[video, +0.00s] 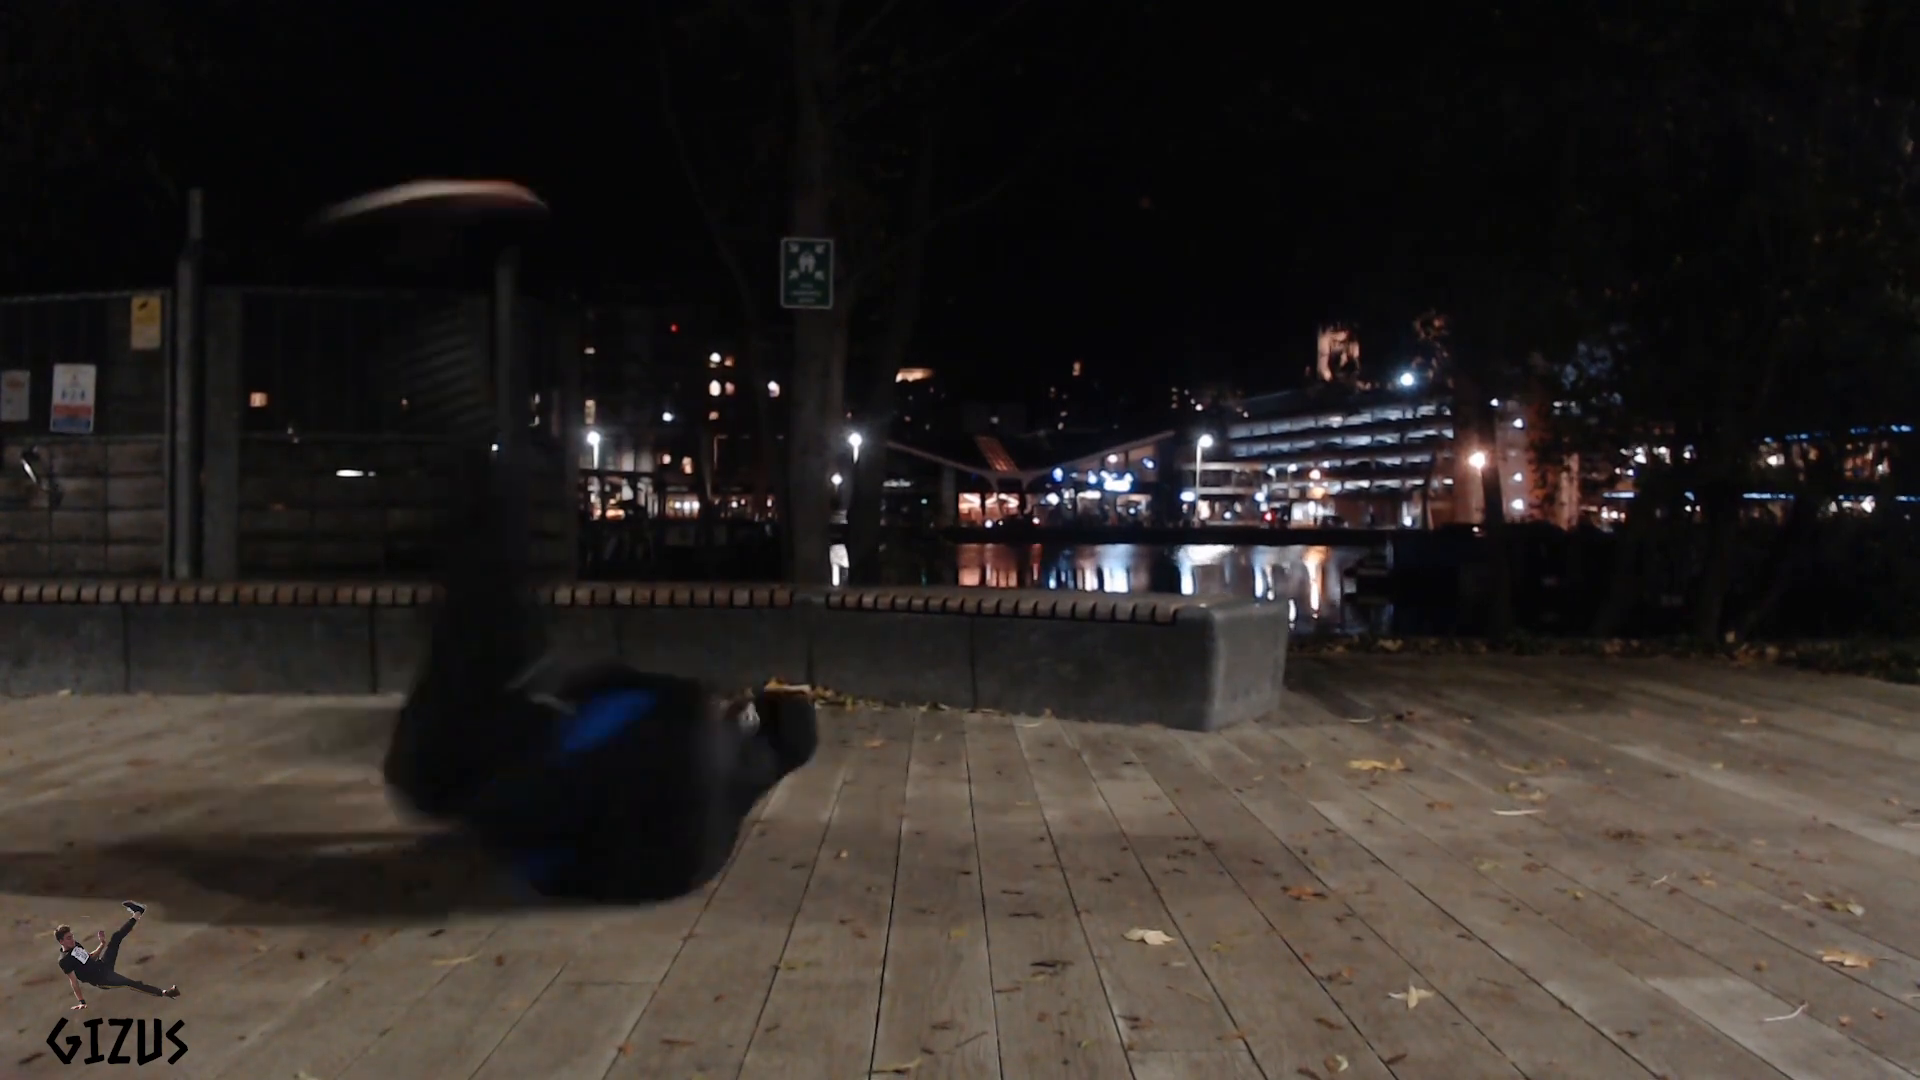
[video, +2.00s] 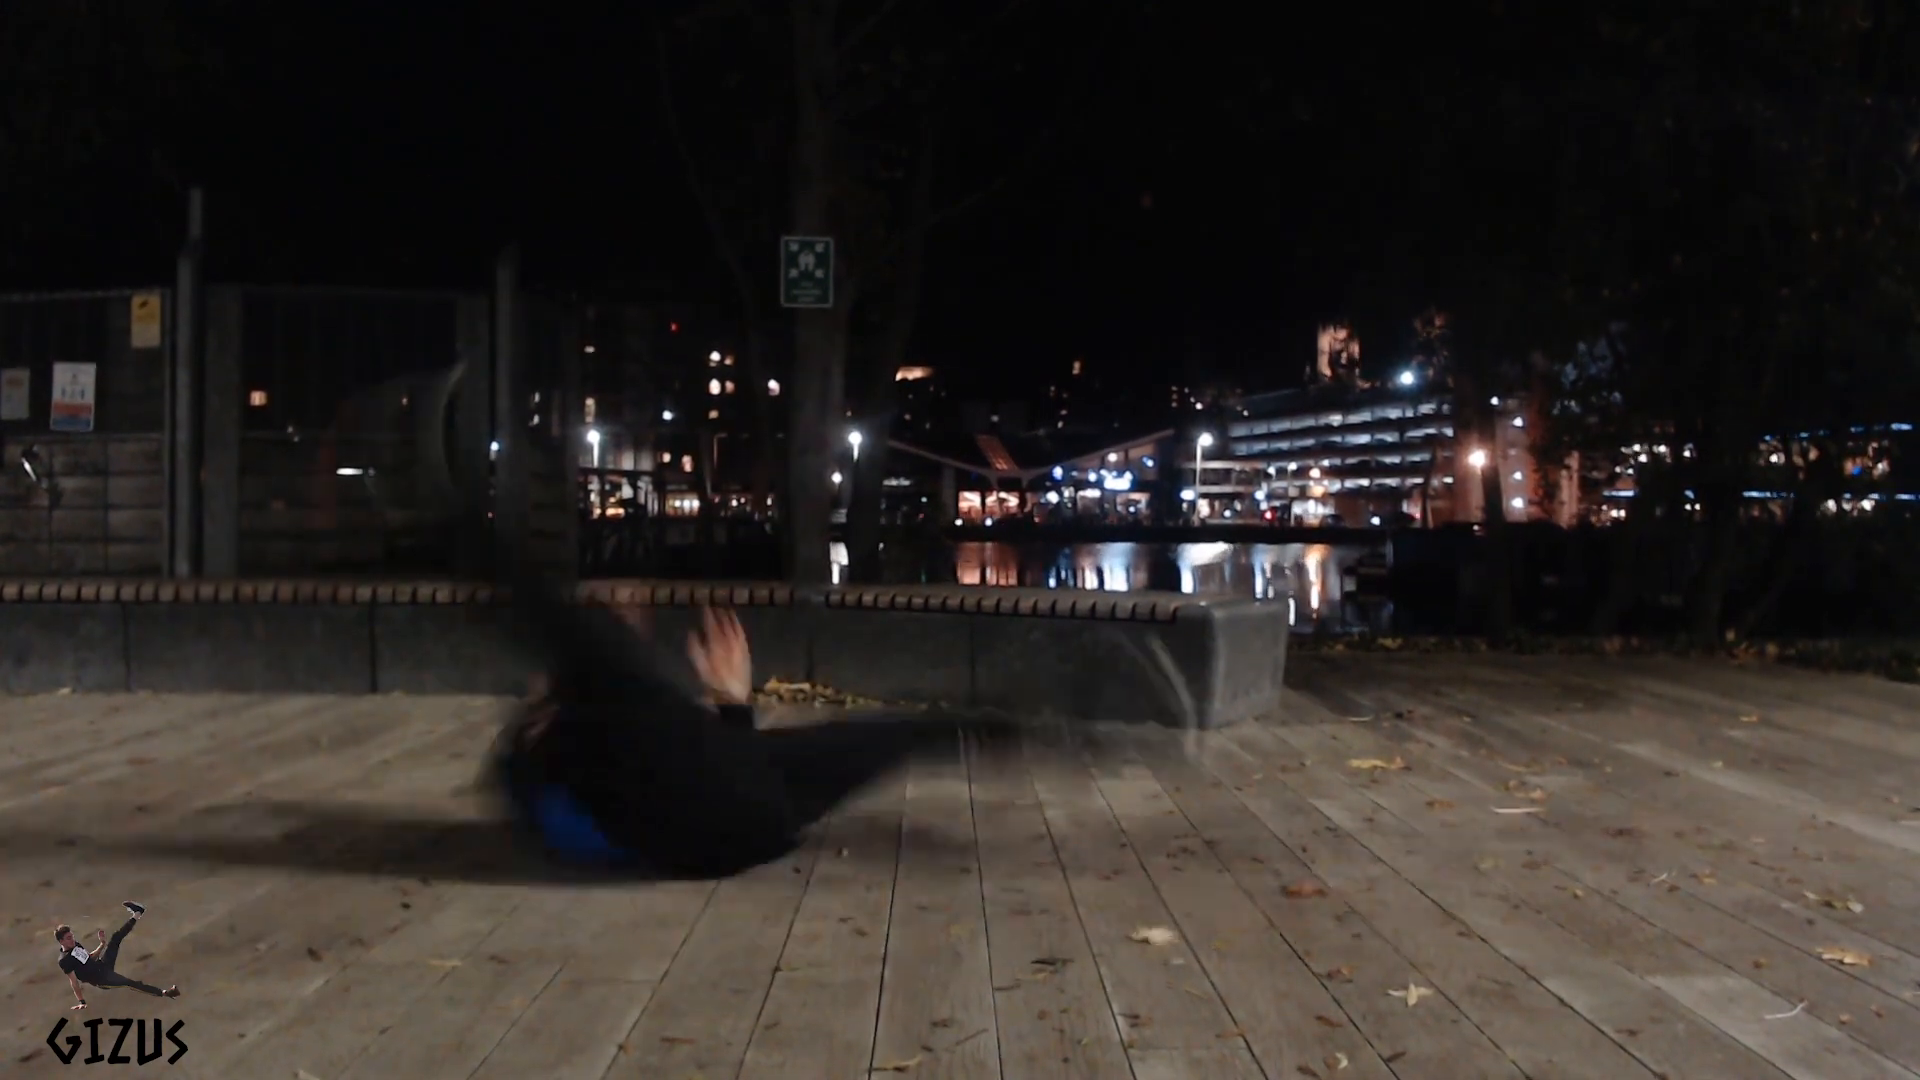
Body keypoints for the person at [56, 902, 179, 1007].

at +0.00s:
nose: (72, 939)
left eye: (72, 936)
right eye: (69, 938)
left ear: (70, 937)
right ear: (61, 941)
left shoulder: (75, 946)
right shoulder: (64, 960)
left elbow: (91, 957)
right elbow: (74, 982)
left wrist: (102, 945)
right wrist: (81, 1002)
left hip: (104, 965)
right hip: (102, 978)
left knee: (115, 938)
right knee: (132, 983)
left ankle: (136, 916)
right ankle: (164, 993)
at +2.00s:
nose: (72, 939)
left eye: (72, 936)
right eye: (69, 938)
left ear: (71, 937)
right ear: (61, 942)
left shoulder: (76, 946)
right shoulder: (64, 961)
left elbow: (91, 957)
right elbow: (74, 982)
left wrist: (102, 945)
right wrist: (81, 1001)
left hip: (104, 964)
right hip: (102, 978)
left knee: (116, 938)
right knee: (131, 983)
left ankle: (136, 916)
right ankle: (164, 993)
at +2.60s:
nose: (73, 939)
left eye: (72, 936)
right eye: (69, 938)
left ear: (70, 937)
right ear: (61, 941)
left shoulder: (75, 946)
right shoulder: (64, 961)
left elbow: (91, 957)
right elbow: (74, 981)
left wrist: (102, 944)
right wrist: (81, 1001)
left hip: (104, 964)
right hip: (102, 978)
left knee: (115, 939)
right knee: (131, 983)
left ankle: (136, 916)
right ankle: (164, 993)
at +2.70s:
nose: (73, 939)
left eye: (72, 936)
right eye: (69, 938)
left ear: (71, 937)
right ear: (61, 942)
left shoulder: (75, 946)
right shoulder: (64, 961)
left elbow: (91, 957)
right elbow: (74, 981)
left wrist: (102, 944)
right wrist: (81, 1001)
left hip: (104, 964)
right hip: (102, 978)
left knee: (115, 939)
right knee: (131, 983)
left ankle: (136, 916)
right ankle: (164, 993)